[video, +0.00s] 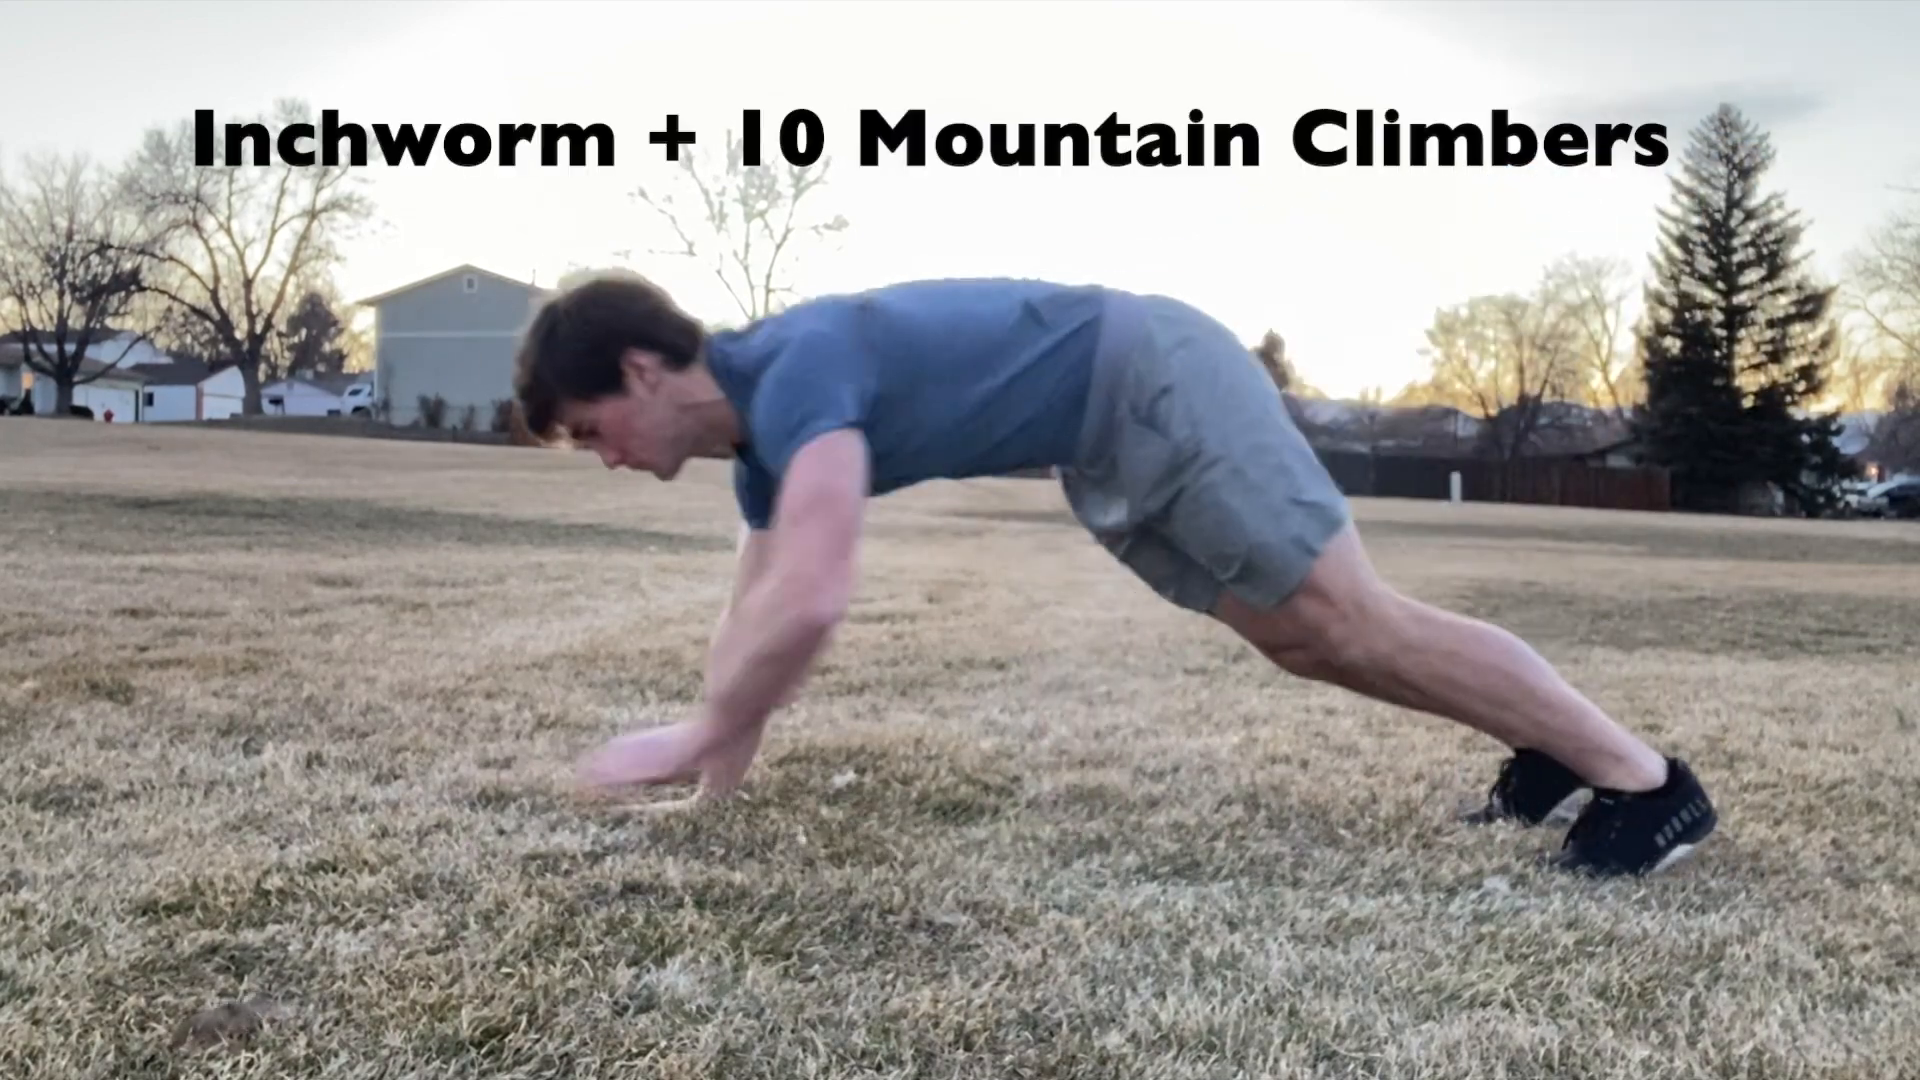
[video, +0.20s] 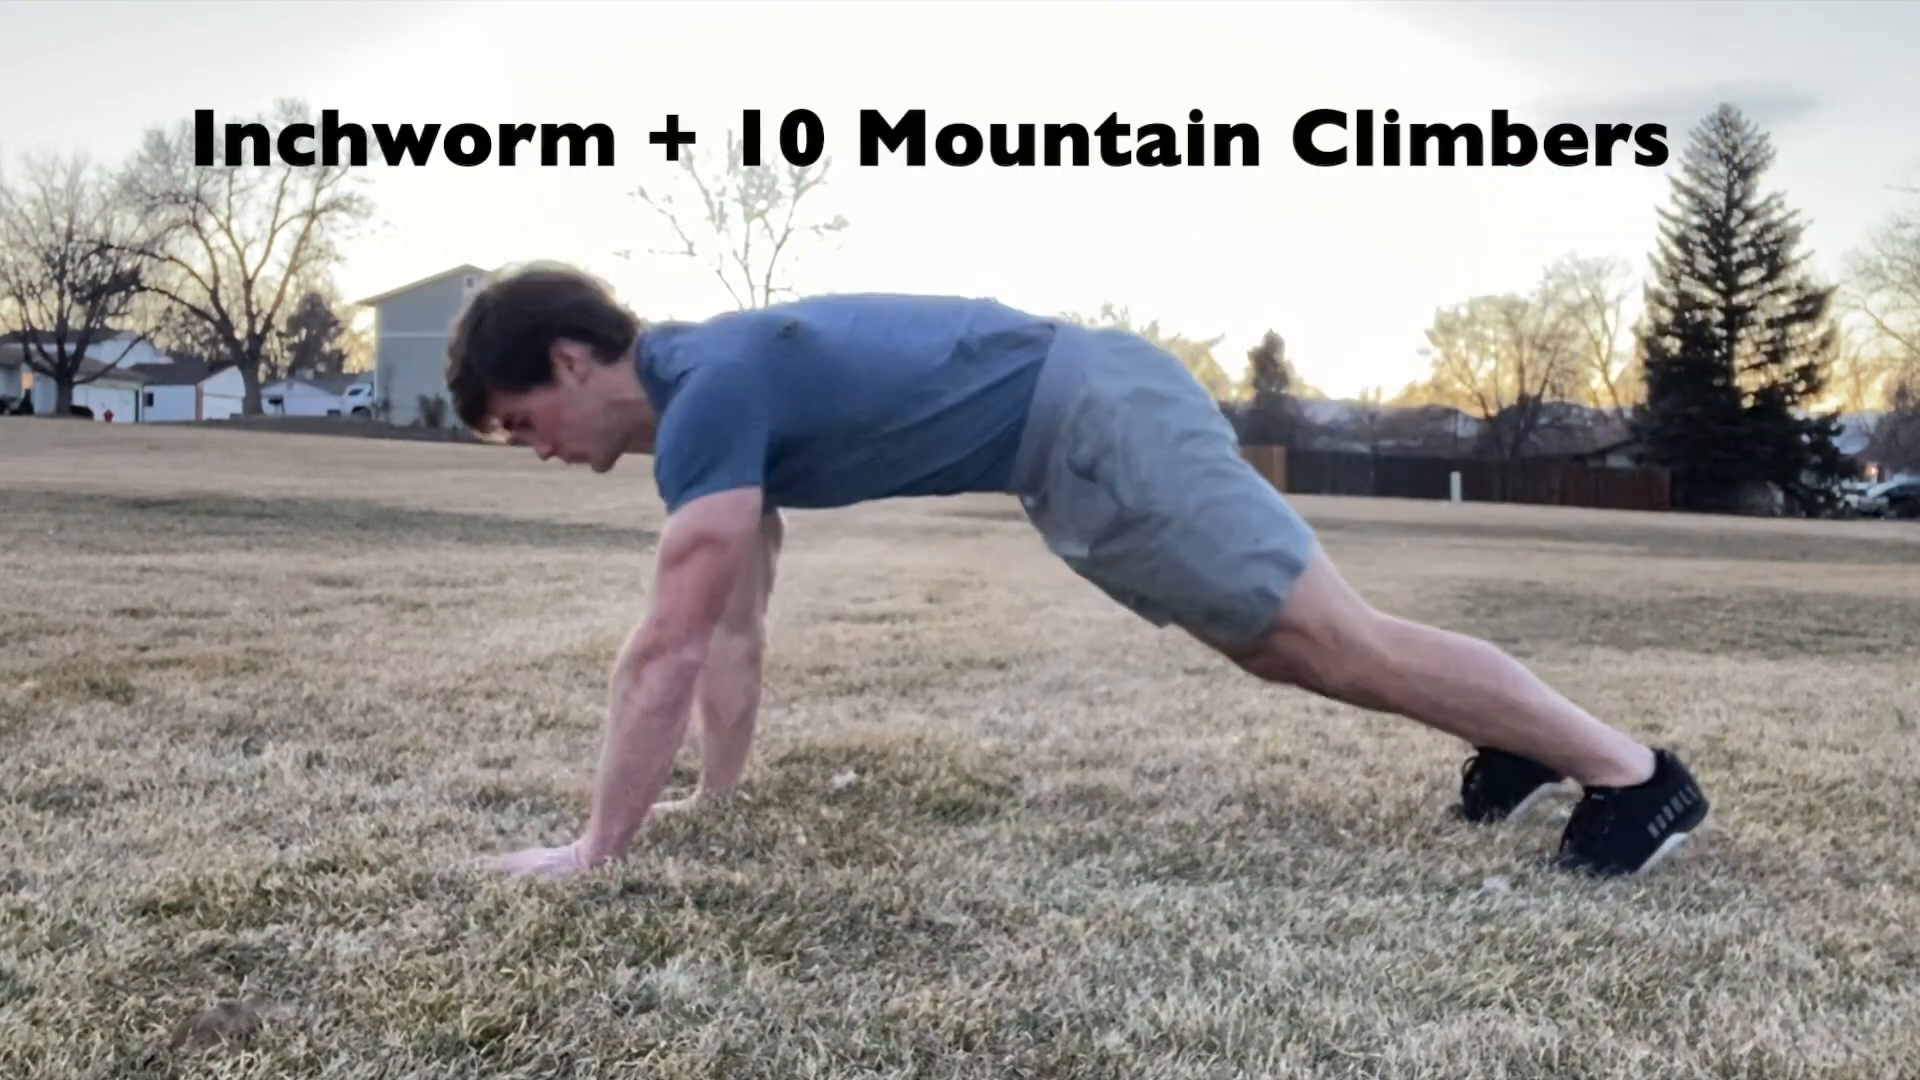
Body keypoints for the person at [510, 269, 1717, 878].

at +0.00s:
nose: (609, 465)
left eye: (599, 436)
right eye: (590, 449)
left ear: (648, 374)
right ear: (646, 383)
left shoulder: (804, 372)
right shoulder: (755, 419)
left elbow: (814, 594)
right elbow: (771, 590)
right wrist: (720, 742)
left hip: (1151, 373)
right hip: (1102, 435)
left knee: (1351, 621)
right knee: (1302, 636)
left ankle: (1648, 780)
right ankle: (1554, 737)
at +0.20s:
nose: (541, 456)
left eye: (529, 428)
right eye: (523, 442)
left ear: (575, 363)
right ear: (583, 365)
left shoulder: (720, 382)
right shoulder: (709, 400)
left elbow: (673, 650)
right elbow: (730, 627)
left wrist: (595, 850)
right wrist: (713, 791)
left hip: (1093, 407)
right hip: (1068, 437)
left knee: (1337, 641)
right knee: (1295, 644)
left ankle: (1637, 776)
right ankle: (1529, 729)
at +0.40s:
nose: (520, 433)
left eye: (508, 403)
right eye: (502, 415)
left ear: (556, 345)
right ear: (572, 338)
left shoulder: (693, 372)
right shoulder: (712, 375)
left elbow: (667, 632)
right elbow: (727, 609)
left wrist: (599, 848)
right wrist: (637, 750)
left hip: (1083, 457)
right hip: (1064, 468)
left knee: (1337, 665)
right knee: (1257, 677)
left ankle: (1643, 779)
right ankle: (1516, 733)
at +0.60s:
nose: (517, 473)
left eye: (503, 445)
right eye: (497, 460)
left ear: (541, 382)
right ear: (553, 384)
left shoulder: (676, 381)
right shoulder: (689, 401)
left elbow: (660, 638)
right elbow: (698, 639)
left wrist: (598, 846)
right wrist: (633, 803)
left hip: (1055, 448)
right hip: (1031, 480)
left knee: (1271, 693)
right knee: (1202, 711)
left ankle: (1613, 755)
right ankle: (1491, 742)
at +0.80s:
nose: (506, 484)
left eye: (487, 459)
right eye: (483, 474)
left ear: (520, 393)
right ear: (526, 397)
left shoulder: (651, 374)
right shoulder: (651, 398)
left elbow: (638, 626)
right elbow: (674, 624)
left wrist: (597, 842)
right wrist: (628, 792)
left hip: (1014, 338)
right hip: (1019, 370)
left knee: (925, 566)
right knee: (1237, 576)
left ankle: (1225, 705)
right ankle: (1491, 716)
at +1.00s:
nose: (506, 472)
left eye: (485, 448)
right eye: (482, 464)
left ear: (516, 376)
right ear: (523, 372)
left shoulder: (651, 372)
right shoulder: (651, 386)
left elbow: (630, 622)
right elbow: (679, 615)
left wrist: (594, 845)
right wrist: (653, 783)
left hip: (1003, 389)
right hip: (1006, 448)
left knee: (726, 458)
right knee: (1226, 642)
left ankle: (761, 819)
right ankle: (1521, 747)